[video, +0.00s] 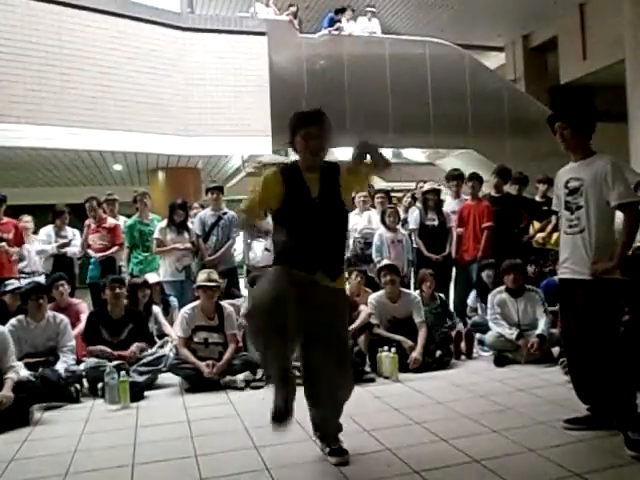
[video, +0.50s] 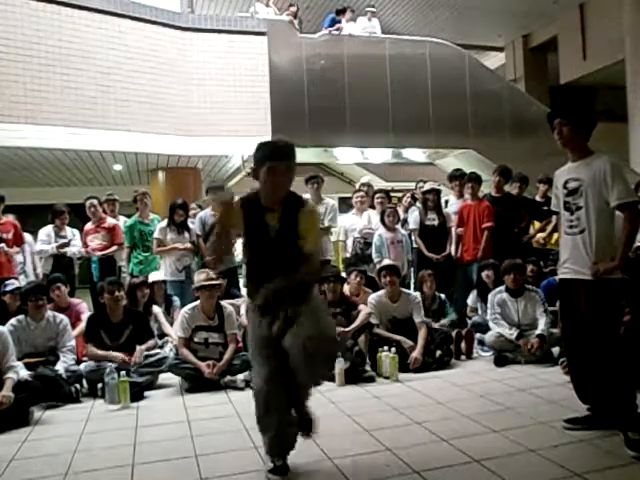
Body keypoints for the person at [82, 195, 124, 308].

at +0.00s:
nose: (92, 213)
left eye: (94, 210)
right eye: (89, 211)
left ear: (100, 208)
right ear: (87, 212)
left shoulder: (112, 224)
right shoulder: (88, 224)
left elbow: (119, 245)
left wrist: (102, 254)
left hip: (108, 259)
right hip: (93, 259)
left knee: (110, 290)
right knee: (94, 288)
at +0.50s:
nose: (93, 210)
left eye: (95, 206)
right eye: (89, 208)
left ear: (100, 207)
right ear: (87, 211)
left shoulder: (112, 224)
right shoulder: (87, 227)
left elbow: (119, 244)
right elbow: (84, 245)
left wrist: (102, 253)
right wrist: (86, 250)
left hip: (107, 258)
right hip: (93, 259)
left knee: (110, 288)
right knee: (94, 289)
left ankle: (111, 315)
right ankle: (98, 315)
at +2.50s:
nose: (92, 213)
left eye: (95, 209)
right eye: (90, 210)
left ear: (103, 209)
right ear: (88, 213)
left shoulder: (116, 226)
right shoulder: (90, 230)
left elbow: (122, 247)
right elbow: (89, 248)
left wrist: (105, 255)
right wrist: (87, 254)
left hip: (111, 262)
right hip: (96, 264)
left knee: (113, 294)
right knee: (99, 296)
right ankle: (104, 325)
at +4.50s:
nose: (96, 212)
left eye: (98, 209)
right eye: (93, 210)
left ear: (104, 210)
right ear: (90, 213)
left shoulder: (116, 226)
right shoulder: (90, 231)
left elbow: (122, 246)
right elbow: (89, 250)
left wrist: (105, 256)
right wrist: (87, 256)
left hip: (111, 262)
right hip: (96, 264)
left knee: (113, 295)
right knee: (100, 297)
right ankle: (104, 324)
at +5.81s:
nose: (92, 219)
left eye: (94, 215)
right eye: (90, 216)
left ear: (101, 212)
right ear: (88, 215)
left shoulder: (116, 227)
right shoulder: (91, 230)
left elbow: (123, 247)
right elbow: (89, 249)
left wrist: (104, 253)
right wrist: (87, 255)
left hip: (111, 262)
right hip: (96, 264)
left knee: (114, 295)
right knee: (100, 298)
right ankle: (104, 325)